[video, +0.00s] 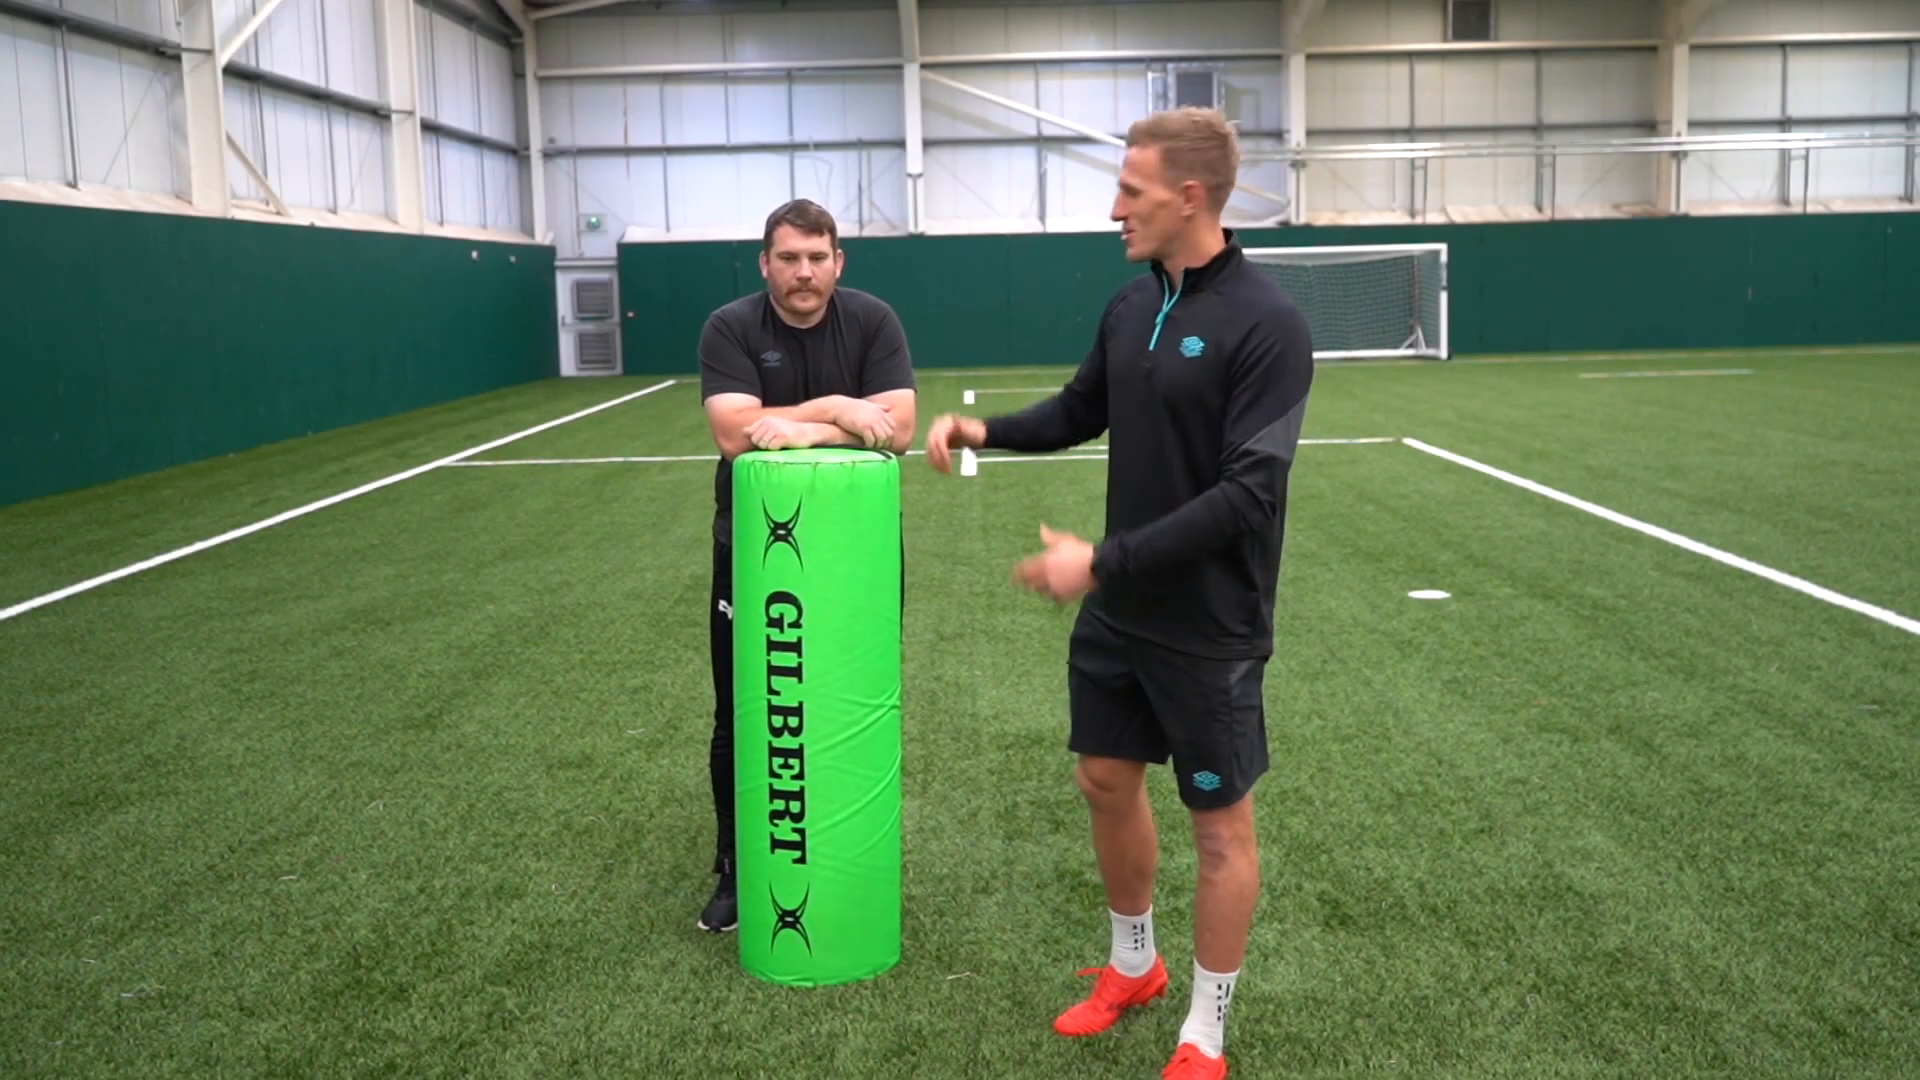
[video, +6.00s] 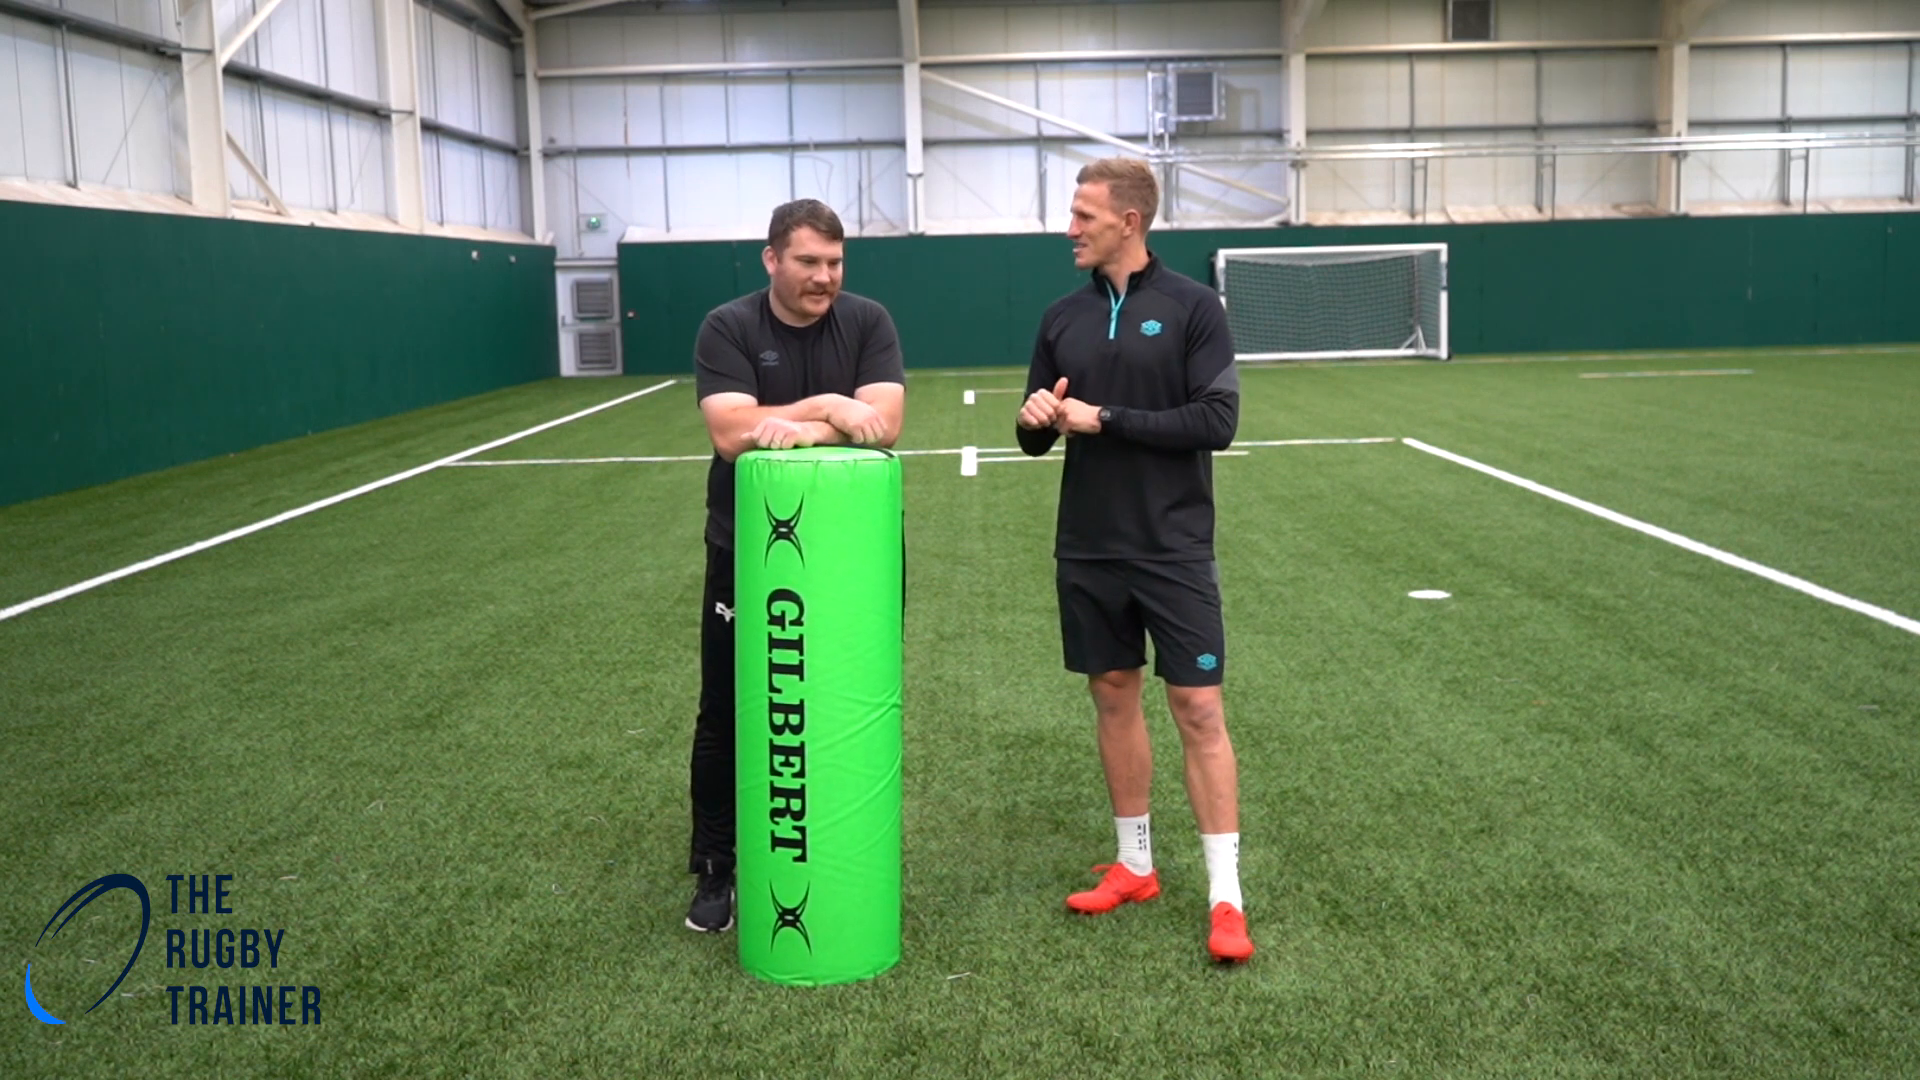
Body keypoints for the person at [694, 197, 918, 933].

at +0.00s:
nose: (804, 273)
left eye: (817, 258)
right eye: (789, 259)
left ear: (837, 260)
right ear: (765, 264)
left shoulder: (873, 320)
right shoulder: (732, 327)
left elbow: (899, 428)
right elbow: (734, 434)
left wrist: (795, 426)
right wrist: (842, 410)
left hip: (851, 550)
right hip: (754, 550)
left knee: (849, 716)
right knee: (742, 713)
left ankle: (846, 880)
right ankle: (736, 874)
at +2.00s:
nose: (829, 262)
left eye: (845, 251)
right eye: (817, 248)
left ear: (864, 260)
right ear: (794, 253)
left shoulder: (891, 323)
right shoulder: (752, 323)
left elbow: (884, 418)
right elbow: (736, 425)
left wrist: (784, 419)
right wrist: (842, 409)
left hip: (858, 546)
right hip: (768, 546)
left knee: (853, 714)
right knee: (752, 710)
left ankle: (848, 881)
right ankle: (740, 871)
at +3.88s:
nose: (776, 254)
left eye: (775, 242)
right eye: (760, 246)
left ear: (768, 249)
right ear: (712, 259)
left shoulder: (795, 315)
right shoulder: (664, 336)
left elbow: (836, 409)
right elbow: (679, 446)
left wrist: (742, 422)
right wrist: (789, 414)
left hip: (791, 555)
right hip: (701, 559)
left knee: (797, 713)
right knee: (701, 722)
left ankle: (803, 867)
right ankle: (711, 874)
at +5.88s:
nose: (822, 277)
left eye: (833, 264)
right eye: (807, 263)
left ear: (845, 263)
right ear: (772, 261)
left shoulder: (868, 321)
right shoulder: (730, 328)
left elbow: (884, 425)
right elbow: (730, 433)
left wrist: (783, 423)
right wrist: (833, 408)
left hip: (842, 554)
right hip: (746, 552)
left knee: (837, 715)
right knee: (728, 713)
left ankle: (831, 877)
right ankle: (716, 870)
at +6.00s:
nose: (823, 276)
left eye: (834, 263)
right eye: (808, 263)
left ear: (845, 264)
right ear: (772, 260)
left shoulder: (867, 322)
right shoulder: (729, 327)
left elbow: (883, 425)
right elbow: (728, 433)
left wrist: (781, 423)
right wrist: (832, 408)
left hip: (840, 554)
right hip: (745, 551)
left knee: (836, 714)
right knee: (728, 712)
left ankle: (832, 877)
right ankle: (716, 870)